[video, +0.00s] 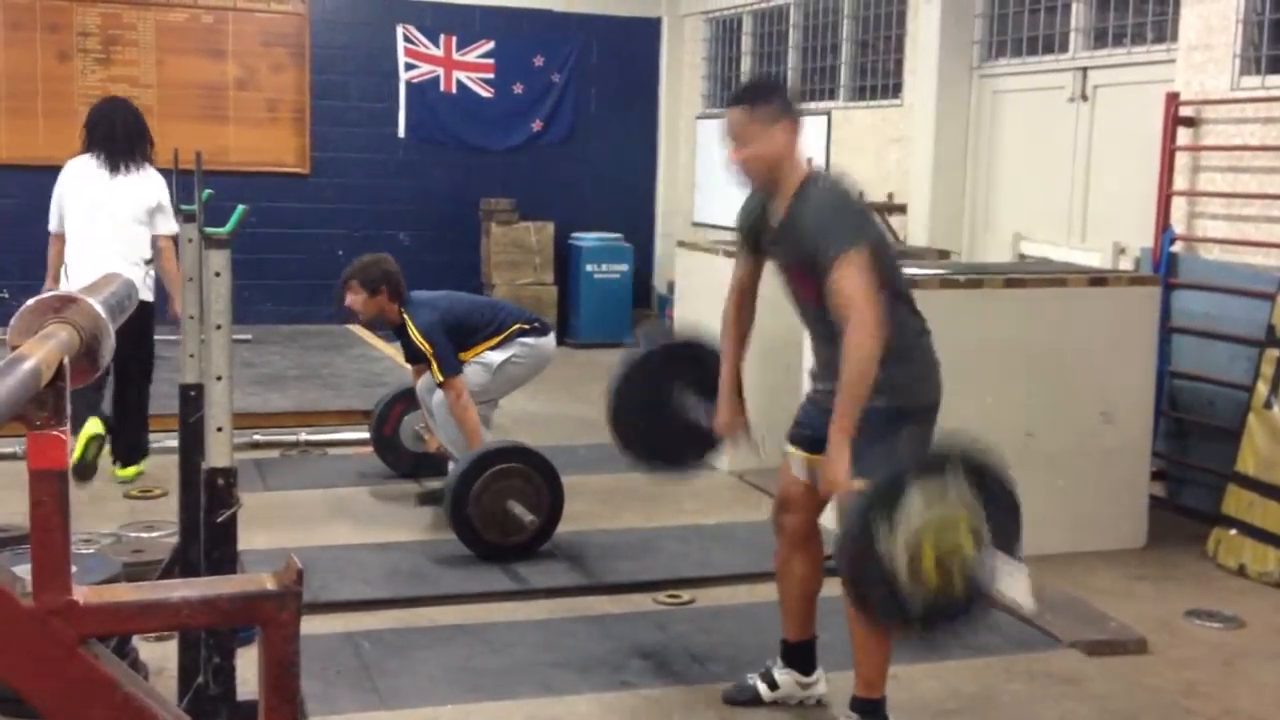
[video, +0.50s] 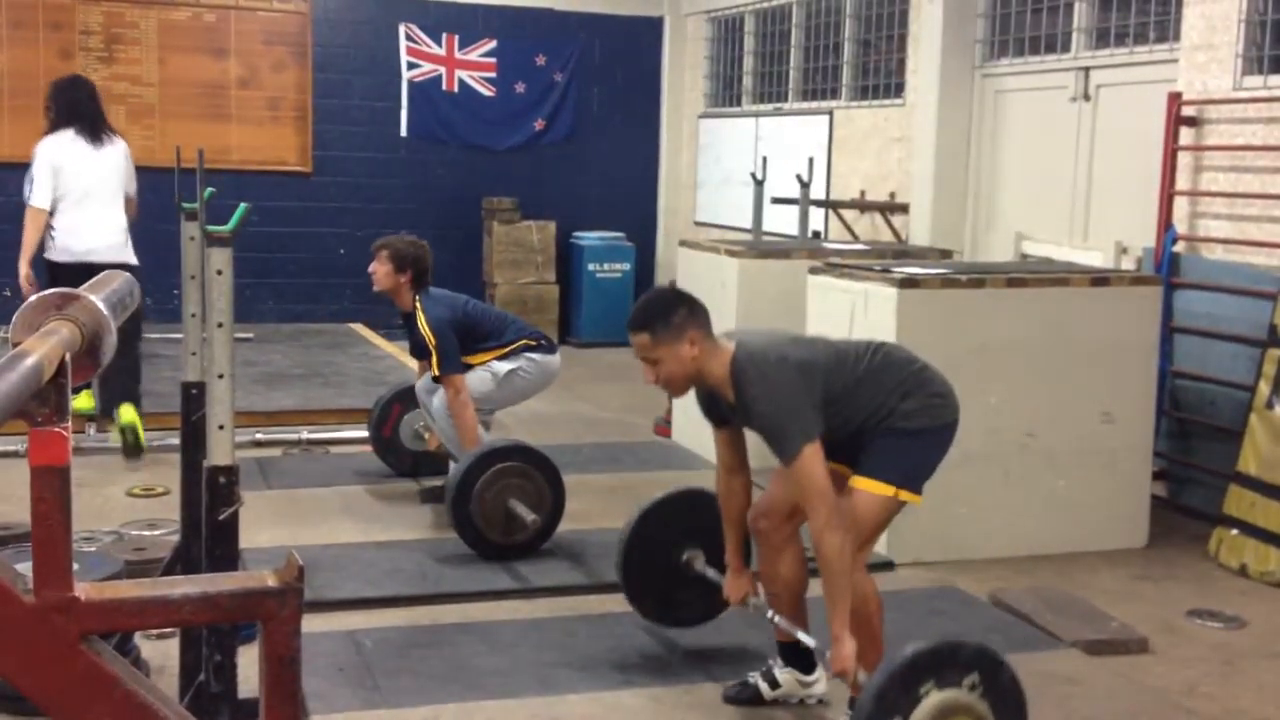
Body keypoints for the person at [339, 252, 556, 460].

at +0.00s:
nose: (347, 302)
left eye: (355, 293)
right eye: (347, 293)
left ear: (381, 295)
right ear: (381, 296)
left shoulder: (423, 322)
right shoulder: (403, 320)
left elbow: (458, 394)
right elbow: (421, 375)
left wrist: (483, 460)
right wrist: (436, 431)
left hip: (529, 341)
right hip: (510, 341)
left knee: (446, 401)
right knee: (428, 390)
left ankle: (482, 476)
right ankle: (465, 473)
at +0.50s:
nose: (370, 269)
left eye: (379, 263)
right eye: (373, 261)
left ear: (404, 276)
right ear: (404, 278)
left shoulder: (432, 317)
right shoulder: (413, 312)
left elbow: (458, 392)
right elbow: (425, 371)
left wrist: (480, 463)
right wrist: (436, 429)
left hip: (533, 358)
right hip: (513, 356)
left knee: (444, 401)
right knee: (426, 388)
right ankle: (465, 474)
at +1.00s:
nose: (405, 249)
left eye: (417, 245)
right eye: (411, 243)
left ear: (438, 263)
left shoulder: (456, 310)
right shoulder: (432, 304)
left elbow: (470, 389)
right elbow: (436, 367)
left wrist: (473, 458)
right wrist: (436, 431)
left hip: (539, 372)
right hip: (513, 369)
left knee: (448, 406)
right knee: (429, 387)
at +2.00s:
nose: (398, 243)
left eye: (409, 236)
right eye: (402, 235)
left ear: (433, 251)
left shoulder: (453, 298)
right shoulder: (427, 294)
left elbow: (466, 377)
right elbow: (431, 356)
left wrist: (466, 450)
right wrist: (435, 419)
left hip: (533, 357)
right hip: (504, 354)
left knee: (442, 398)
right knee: (425, 381)